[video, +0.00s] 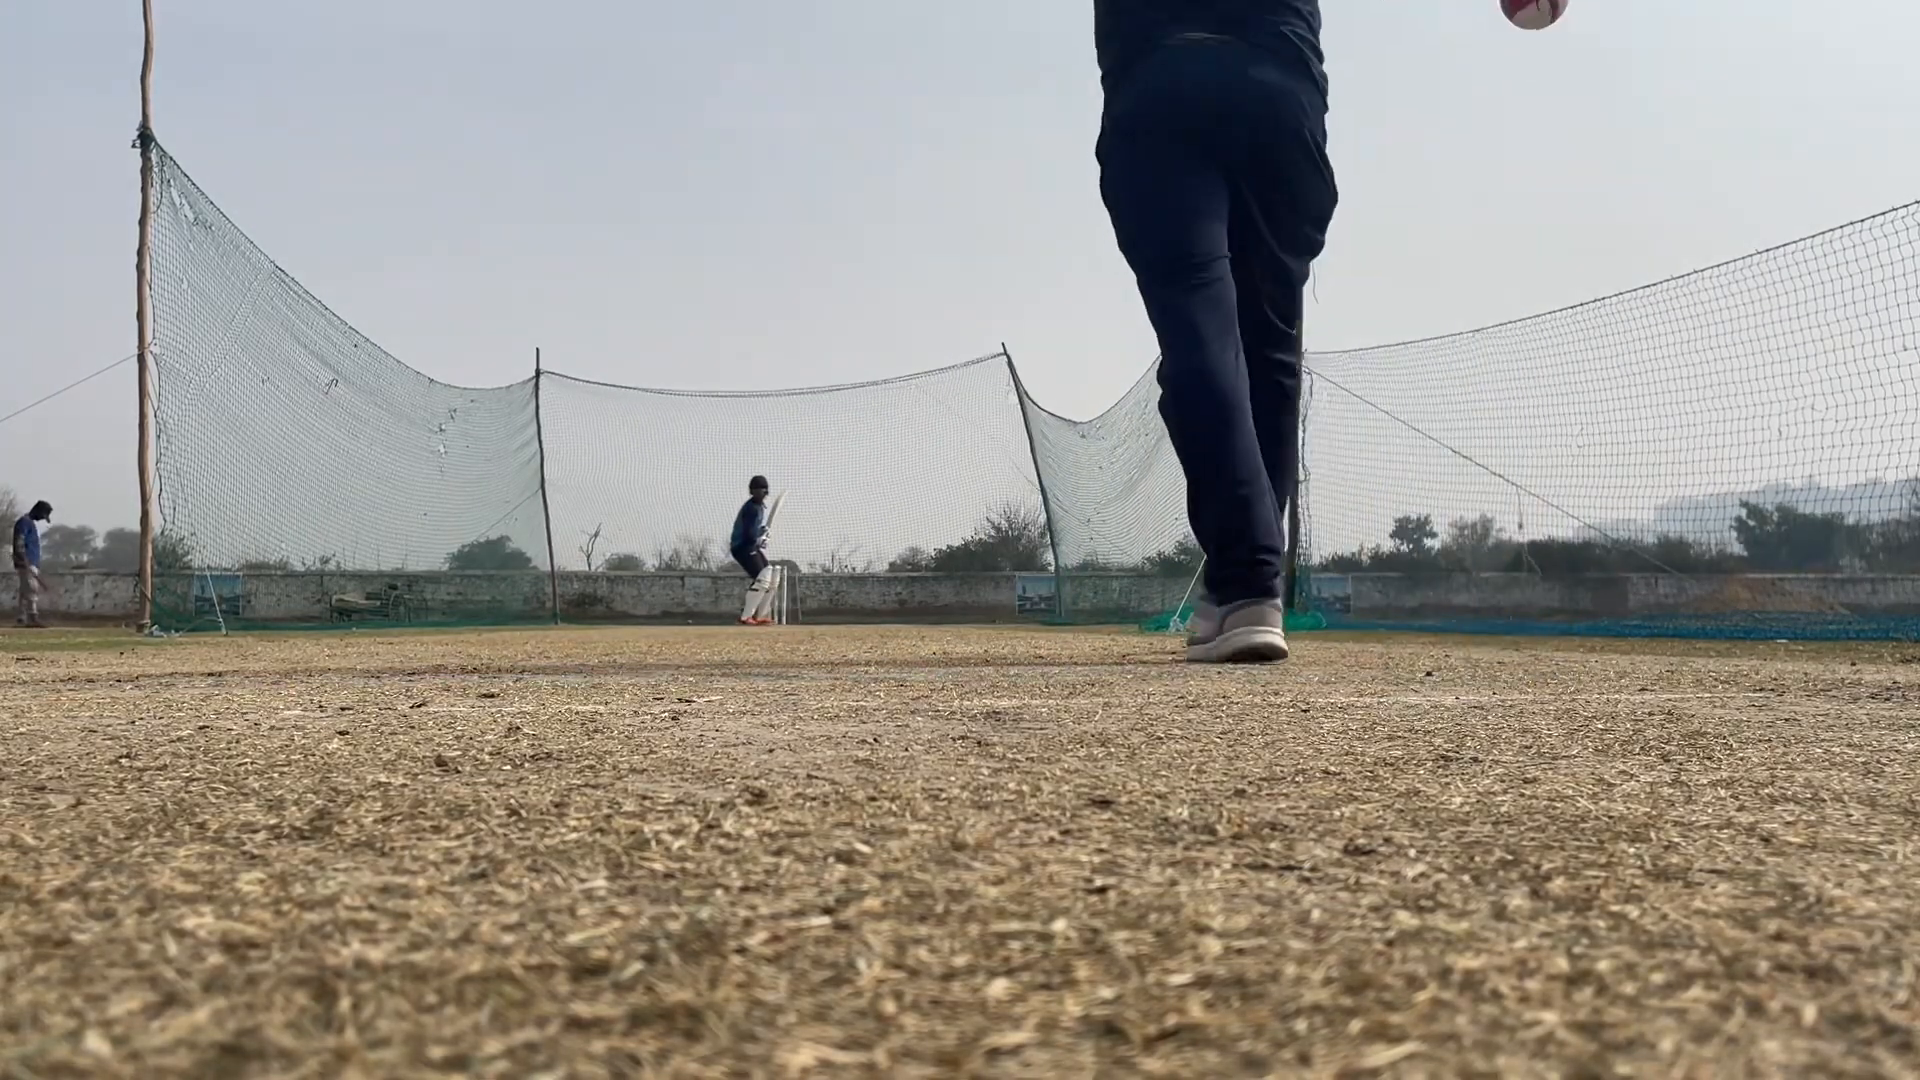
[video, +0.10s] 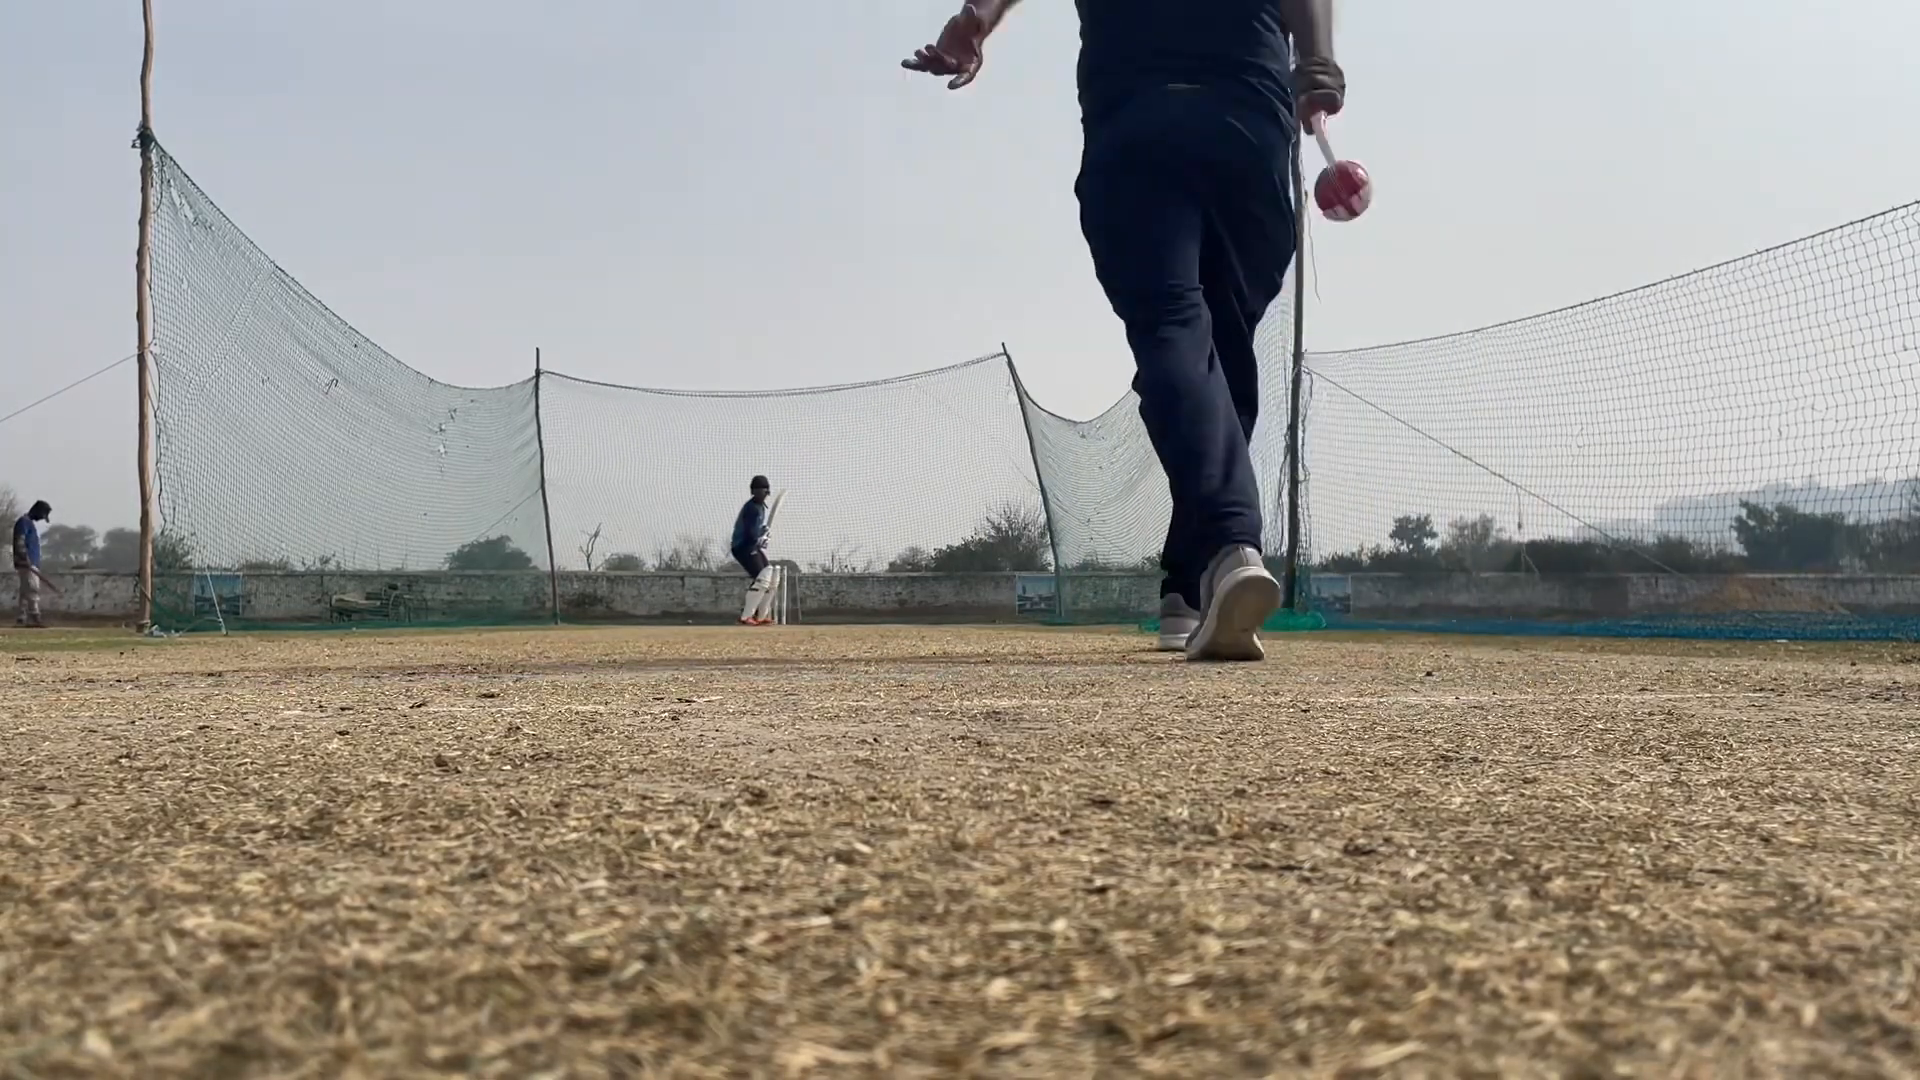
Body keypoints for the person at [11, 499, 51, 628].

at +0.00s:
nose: (41, 519)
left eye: (43, 517)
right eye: (42, 516)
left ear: (37, 512)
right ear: (38, 512)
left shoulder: (29, 523)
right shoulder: (24, 523)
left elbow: (28, 545)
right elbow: (20, 546)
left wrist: (35, 563)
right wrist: (26, 564)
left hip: (31, 563)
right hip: (26, 564)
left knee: (25, 591)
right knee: (31, 589)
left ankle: (22, 617)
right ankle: (33, 616)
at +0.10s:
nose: (41, 519)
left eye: (43, 516)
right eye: (42, 516)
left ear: (37, 512)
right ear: (38, 512)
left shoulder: (29, 523)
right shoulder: (24, 522)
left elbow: (28, 544)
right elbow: (20, 544)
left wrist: (35, 562)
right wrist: (26, 561)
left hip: (31, 563)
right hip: (27, 564)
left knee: (25, 591)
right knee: (33, 590)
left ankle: (22, 617)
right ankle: (35, 617)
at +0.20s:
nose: (41, 518)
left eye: (42, 516)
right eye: (42, 516)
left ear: (37, 512)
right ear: (37, 512)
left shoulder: (28, 523)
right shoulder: (23, 522)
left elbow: (29, 544)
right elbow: (20, 543)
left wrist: (35, 562)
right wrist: (26, 560)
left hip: (30, 564)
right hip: (27, 564)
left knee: (25, 593)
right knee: (35, 591)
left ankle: (22, 617)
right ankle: (39, 616)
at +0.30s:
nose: (40, 519)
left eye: (42, 517)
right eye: (41, 516)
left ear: (36, 512)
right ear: (37, 512)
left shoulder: (28, 523)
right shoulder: (23, 522)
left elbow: (27, 545)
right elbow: (20, 543)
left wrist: (35, 563)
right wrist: (27, 561)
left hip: (30, 564)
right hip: (27, 565)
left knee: (25, 593)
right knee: (39, 590)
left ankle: (22, 618)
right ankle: (44, 617)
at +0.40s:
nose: (40, 519)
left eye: (42, 517)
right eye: (41, 516)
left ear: (36, 512)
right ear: (37, 512)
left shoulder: (27, 523)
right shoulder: (23, 522)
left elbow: (28, 545)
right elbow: (20, 543)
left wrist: (35, 564)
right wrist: (27, 561)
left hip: (28, 564)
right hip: (28, 564)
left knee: (24, 593)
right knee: (41, 590)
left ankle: (22, 618)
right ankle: (47, 616)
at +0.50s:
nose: (40, 519)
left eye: (42, 517)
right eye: (41, 516)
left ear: (35, 511)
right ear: (36, 512)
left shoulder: (26, 523)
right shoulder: (23, 522)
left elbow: (28, 545)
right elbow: (19, 543)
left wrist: (36, 564)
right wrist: (24, 562)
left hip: (26, 564)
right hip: (29, 564)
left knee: (24, 594)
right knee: (40, 591)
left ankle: (21, 618)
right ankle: (46, 617)